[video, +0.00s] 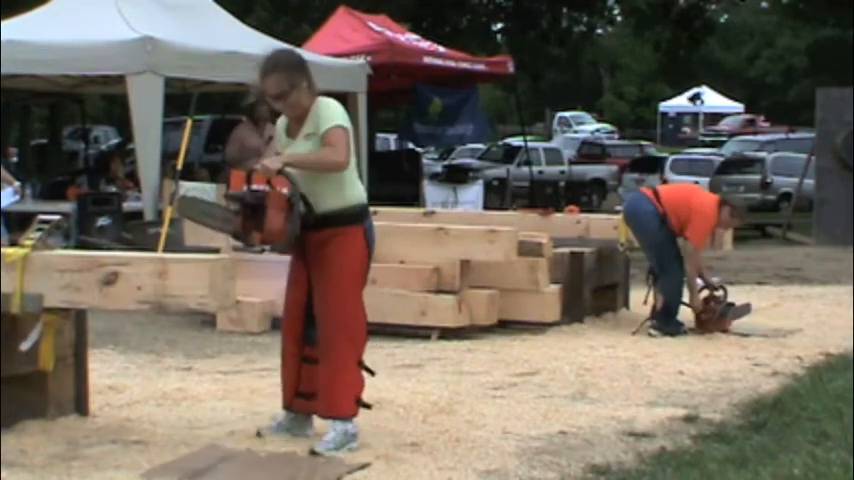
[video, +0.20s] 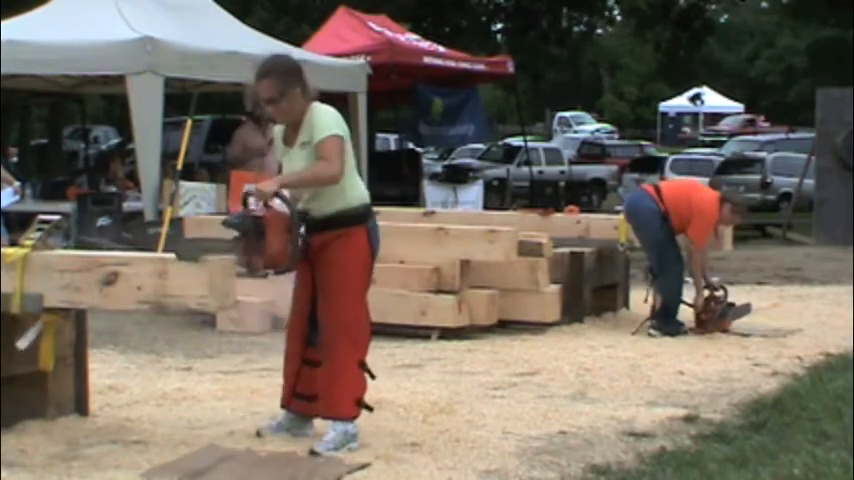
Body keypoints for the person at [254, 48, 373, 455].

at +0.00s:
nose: (277, 106)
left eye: (281, 96)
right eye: (271, 99)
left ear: (304, 85)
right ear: (270, 95)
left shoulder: (329, 110)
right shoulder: (282, 126)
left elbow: (338, 158)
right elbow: (279, 178)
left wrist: (286, 159)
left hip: (344, 232)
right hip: (307, 234)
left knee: (339, 321)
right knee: (298, 319)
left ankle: (344, 422)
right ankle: (297, 413)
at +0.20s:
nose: (270, 111)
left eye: (275, 101)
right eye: (264, 103)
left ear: (299, 92)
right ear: (264, 102)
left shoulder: (325, 118)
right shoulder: (281, 134)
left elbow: (332, 170)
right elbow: (289, 186)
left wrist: (279, 182)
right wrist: (266, 203)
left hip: (348, 234)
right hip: (314, 236)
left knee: (342, 324)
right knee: (304, 323)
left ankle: (345, 422)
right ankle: (298, 413)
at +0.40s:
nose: (263, 116)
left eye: (268, 106)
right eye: (257, 109)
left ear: (293, 96)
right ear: (256, 108)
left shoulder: (321, 121)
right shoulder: (277, 137)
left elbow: (320, 177)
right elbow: (294, 196)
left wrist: (269, 191)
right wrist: (281, 237)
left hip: (351, 232)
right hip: (316, 236)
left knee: (343, 323)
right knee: (304, 322)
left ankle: (344, 422)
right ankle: (297, 413)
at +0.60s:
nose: (255, 123)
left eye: (260, 114)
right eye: (249, 117)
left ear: (284, 103)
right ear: (250, 113)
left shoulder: (314, 126)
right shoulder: (268, 144)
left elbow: (318, 186)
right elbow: (291, 196)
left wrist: (265, 207)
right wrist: (284, 233)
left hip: (346, 234)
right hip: (310, 238)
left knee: (342, 325)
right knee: (299, 324)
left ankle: (343, 423)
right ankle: (294, 413)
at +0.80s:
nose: (250, 131)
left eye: (253, 121)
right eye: (244, 124)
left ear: (276, 107)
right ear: (245, 119)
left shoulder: (310, 130)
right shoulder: (264, 150)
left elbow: (315, 191)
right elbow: (284, 206)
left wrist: (265, 218)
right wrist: (286, 242)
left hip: (347, 235)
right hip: (309, 239)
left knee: (343, 325)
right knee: (302, 325)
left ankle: (344, 422)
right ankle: (296, 413)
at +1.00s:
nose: (249, 139)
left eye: (252, 129)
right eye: (243, 133)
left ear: (277, 116)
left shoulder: (307, 142)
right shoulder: (265, 159)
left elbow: (306, 206)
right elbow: (287, 217)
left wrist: (259, 250)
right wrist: (289, 270)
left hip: (350, 237)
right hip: (311, 242)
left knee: (344, 327)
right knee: (301, 325)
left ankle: (345, 423)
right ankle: (295, 414)